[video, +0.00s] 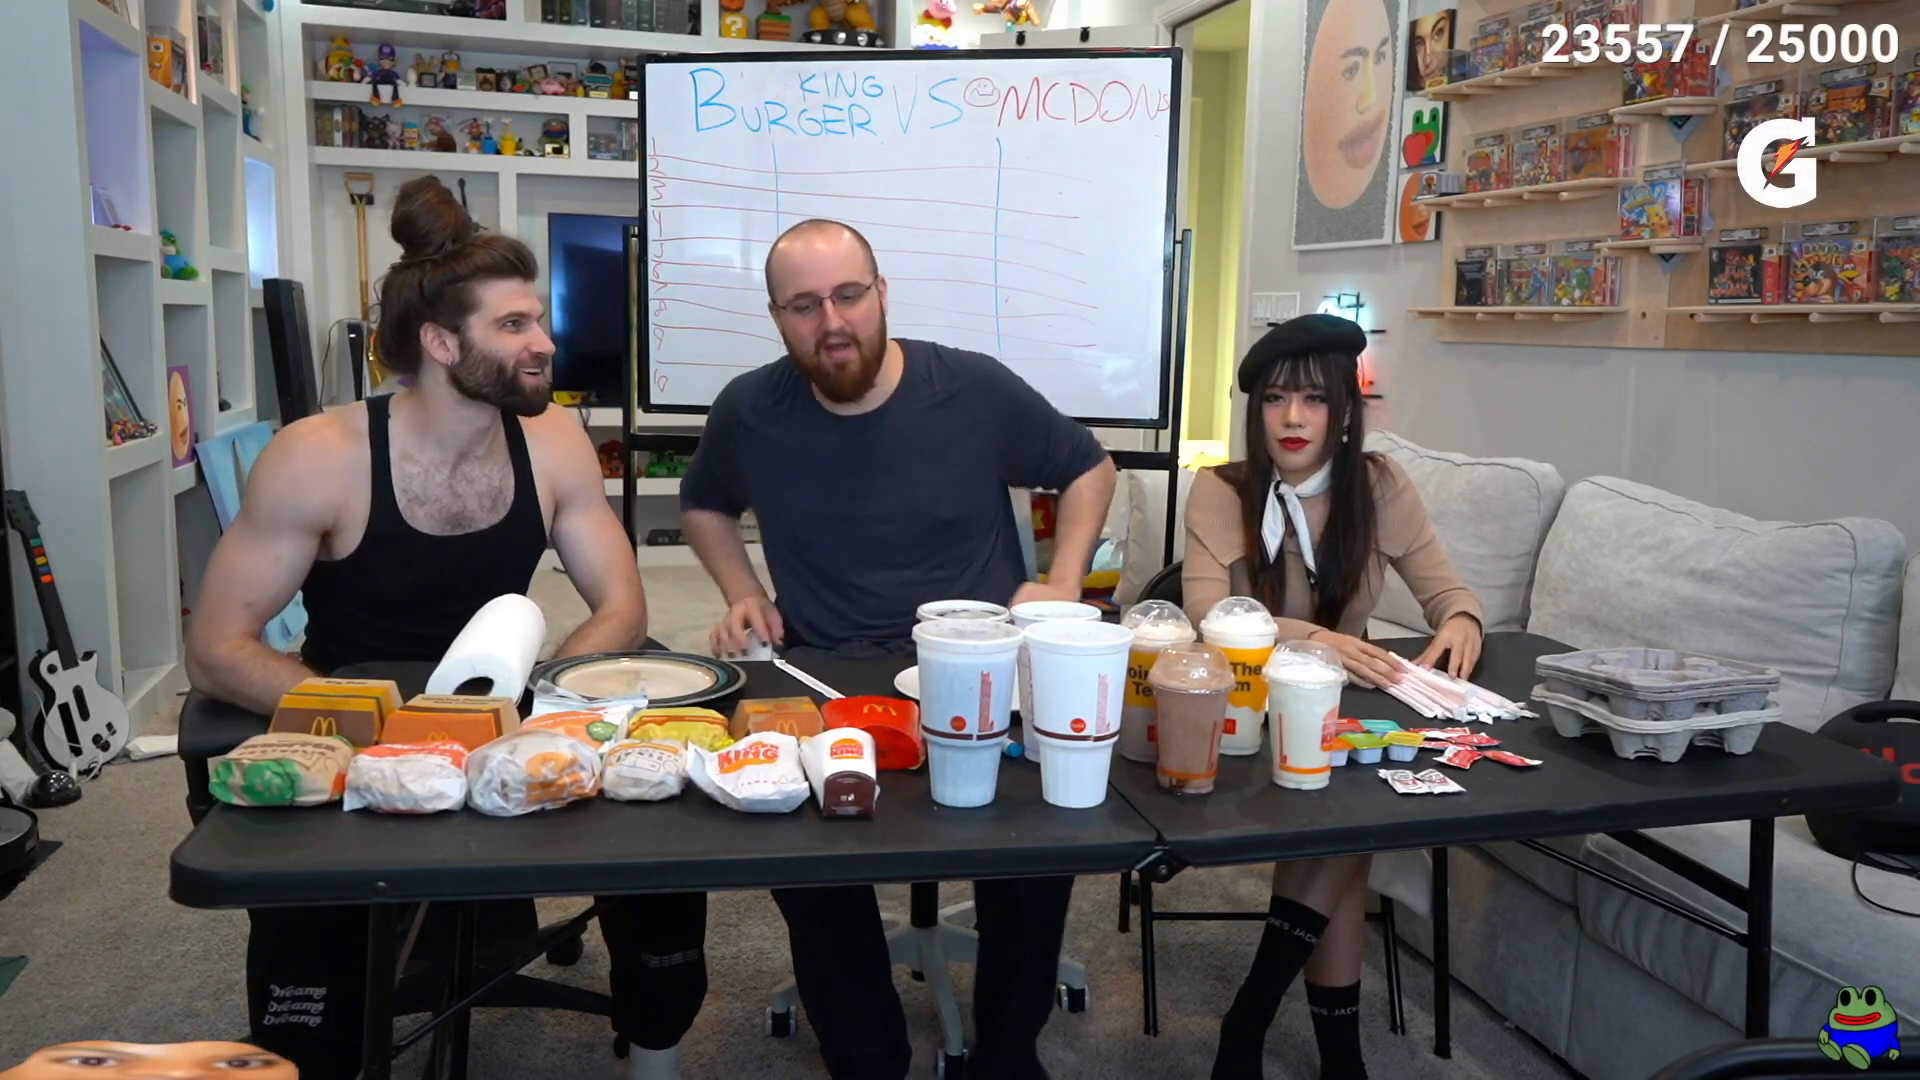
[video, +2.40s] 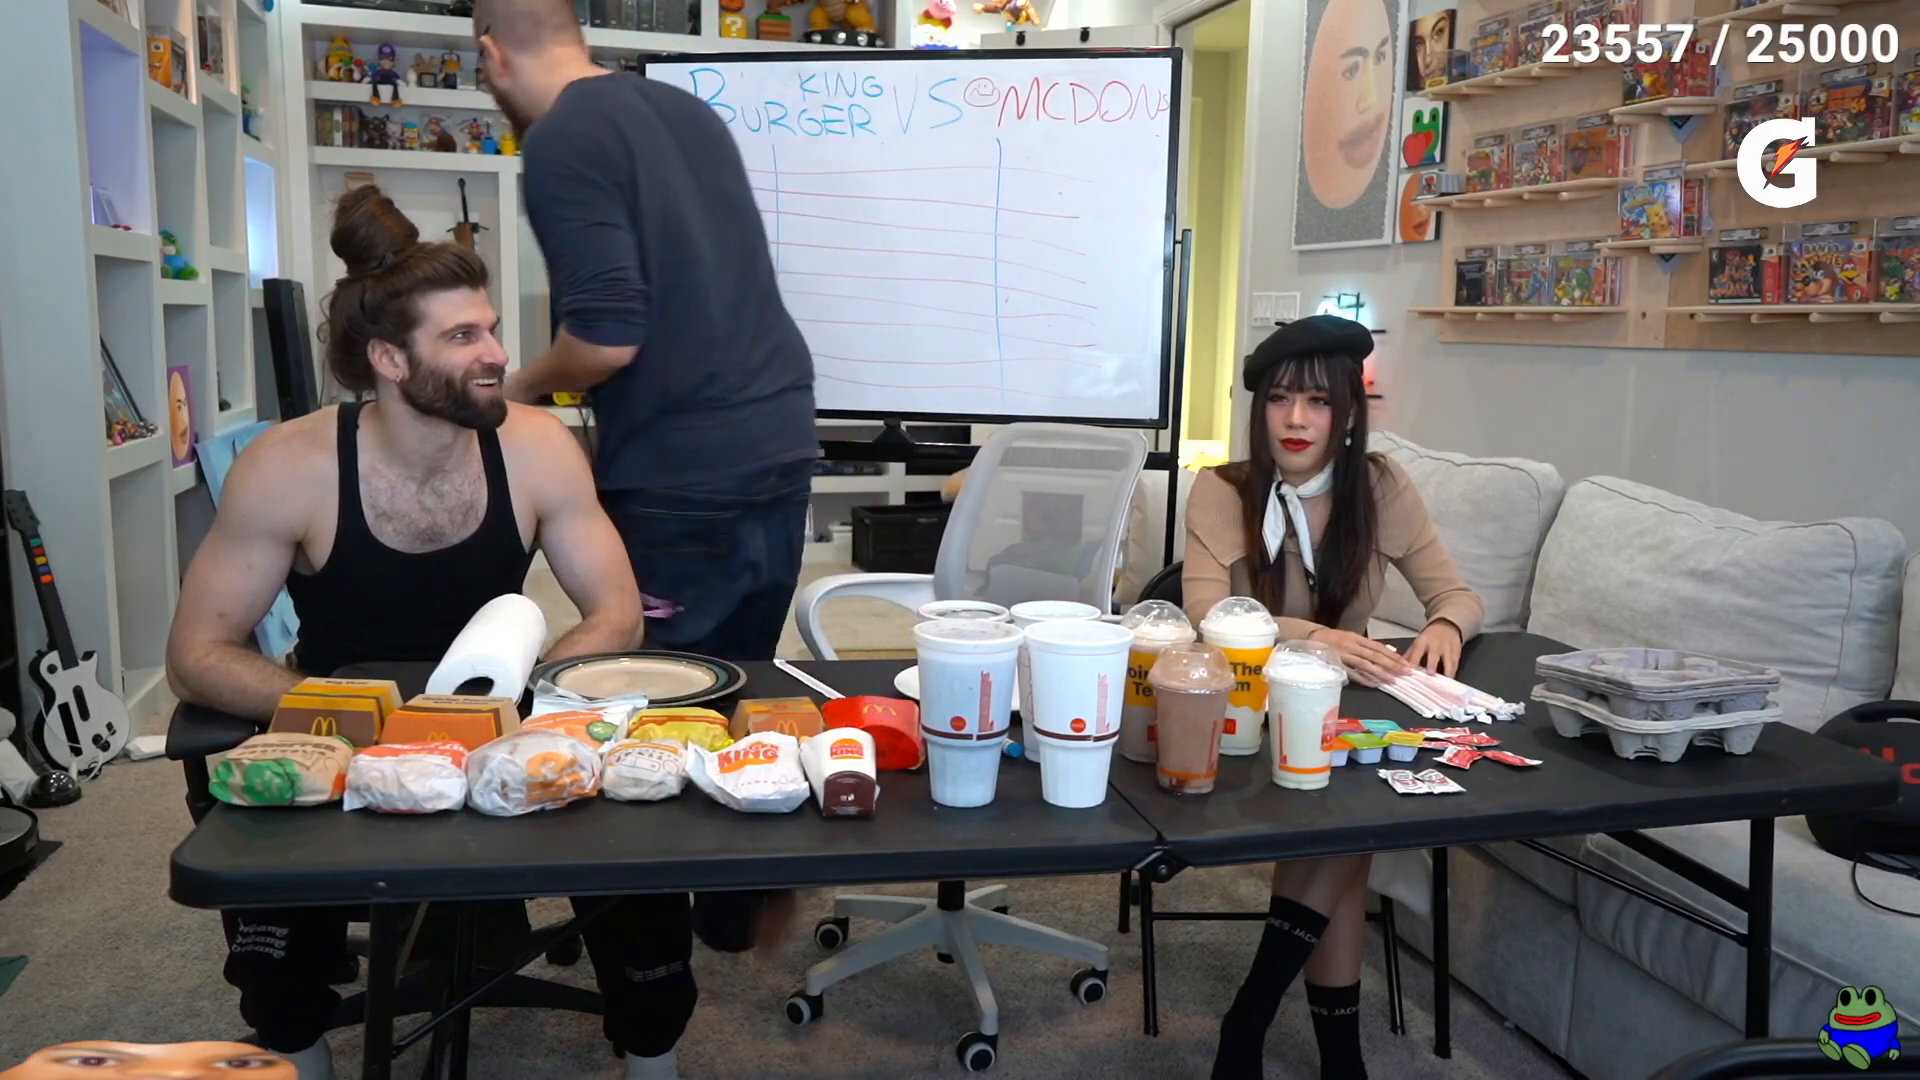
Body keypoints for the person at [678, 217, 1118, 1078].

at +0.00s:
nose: (832, 321)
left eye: (850, 296)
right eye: (804, 305)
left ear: (882, 296)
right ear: (777, 319)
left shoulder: (971, 388)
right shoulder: (748, 412)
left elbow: (1089, 466)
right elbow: (704, 502)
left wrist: (1063, 582)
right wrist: (742, 591)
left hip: (979, 677)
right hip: (827, 681)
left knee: (1039, 834)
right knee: (804, 840)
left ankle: (1007, 1057)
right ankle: (869, 1060)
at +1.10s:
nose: (703, 262)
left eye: (716, 238)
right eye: (690, 240)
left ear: (795, 189)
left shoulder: (970, 240)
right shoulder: (711, 250)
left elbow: (1090, 373)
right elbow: (740, 390)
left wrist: (1097, 544)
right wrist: (779, 516)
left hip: (934, 571)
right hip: (796, 560)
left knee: (873, 811)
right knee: (763, 798)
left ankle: (898, 1030)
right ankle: (837, 1016)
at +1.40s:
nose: (682, 104)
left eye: (680, 76)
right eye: (672, 82)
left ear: (746, 46)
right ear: (744, 50)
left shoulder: (950, 155)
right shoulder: (763, 150)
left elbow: (1052, 350)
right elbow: (780, 323)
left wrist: (1018, 538)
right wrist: (782, 461)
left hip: (903, 541)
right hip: (776, 514)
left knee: (854, 797)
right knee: (731, 760)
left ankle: (900, 1023)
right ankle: (814, 982)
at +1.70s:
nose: (634, 79)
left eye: (623, 49)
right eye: (621, 55)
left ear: (671, 20)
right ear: (686, 18)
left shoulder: (854, 121)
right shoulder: (765, 122)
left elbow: (972, 335)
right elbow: (827, 328)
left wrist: (894, 521)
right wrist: (784, 485)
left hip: (866, 522)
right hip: (783, 505)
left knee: (850, 771)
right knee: (716, 730)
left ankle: (893, 1025)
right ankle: (770, 980)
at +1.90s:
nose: (602, 86)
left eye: (589, 56)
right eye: (588, 64)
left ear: (621, 23)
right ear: (650, 18)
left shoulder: (783, 93)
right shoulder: (741, 111)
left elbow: (885, 311)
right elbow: (793, 318)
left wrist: (758, 463)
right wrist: (753, 464)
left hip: (860, 481)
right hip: (794, 478)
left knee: (809, 734)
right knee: (692, 691)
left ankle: (897, 1022)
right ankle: (724, 941)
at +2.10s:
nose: (568, 84)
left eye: (560, 57)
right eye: (558, 65)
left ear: (586, 24)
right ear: (638, 15)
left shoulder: (714, 100)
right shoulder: (717, 94)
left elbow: (757, 317)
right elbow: (758, 311)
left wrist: (652, 381)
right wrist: (664, 382)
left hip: (792, 472)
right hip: (766, 468)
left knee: (778, 741)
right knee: (703, 703)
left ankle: (894, 1016)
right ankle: (719, 903)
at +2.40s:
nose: (489, 88)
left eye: (481, 68)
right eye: (482, 71)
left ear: (493, 55)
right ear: (576, 35)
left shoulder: (566, 137)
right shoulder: (689, 111)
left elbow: (606, 338)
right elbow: (716, 291)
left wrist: (524, 384)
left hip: (683, 477)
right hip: (774, 457)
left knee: (657, 707)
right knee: (740, 703)